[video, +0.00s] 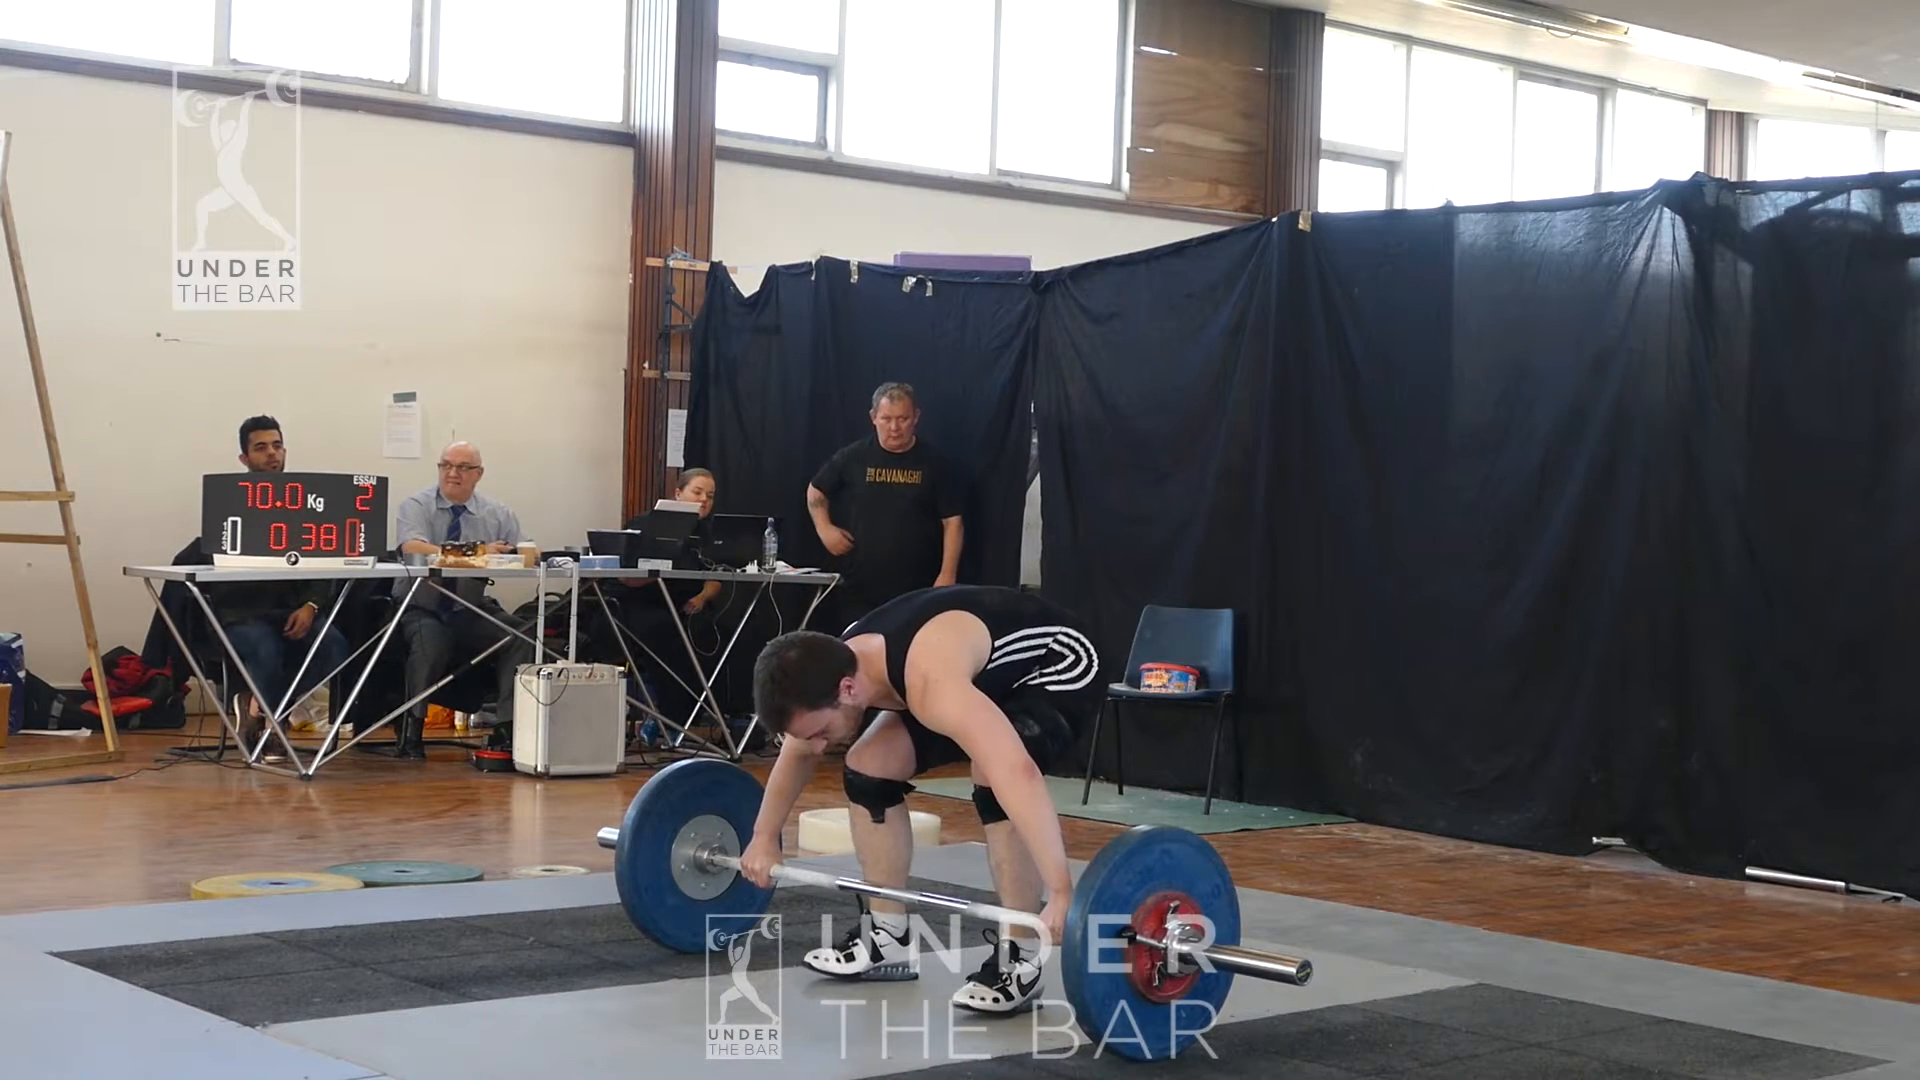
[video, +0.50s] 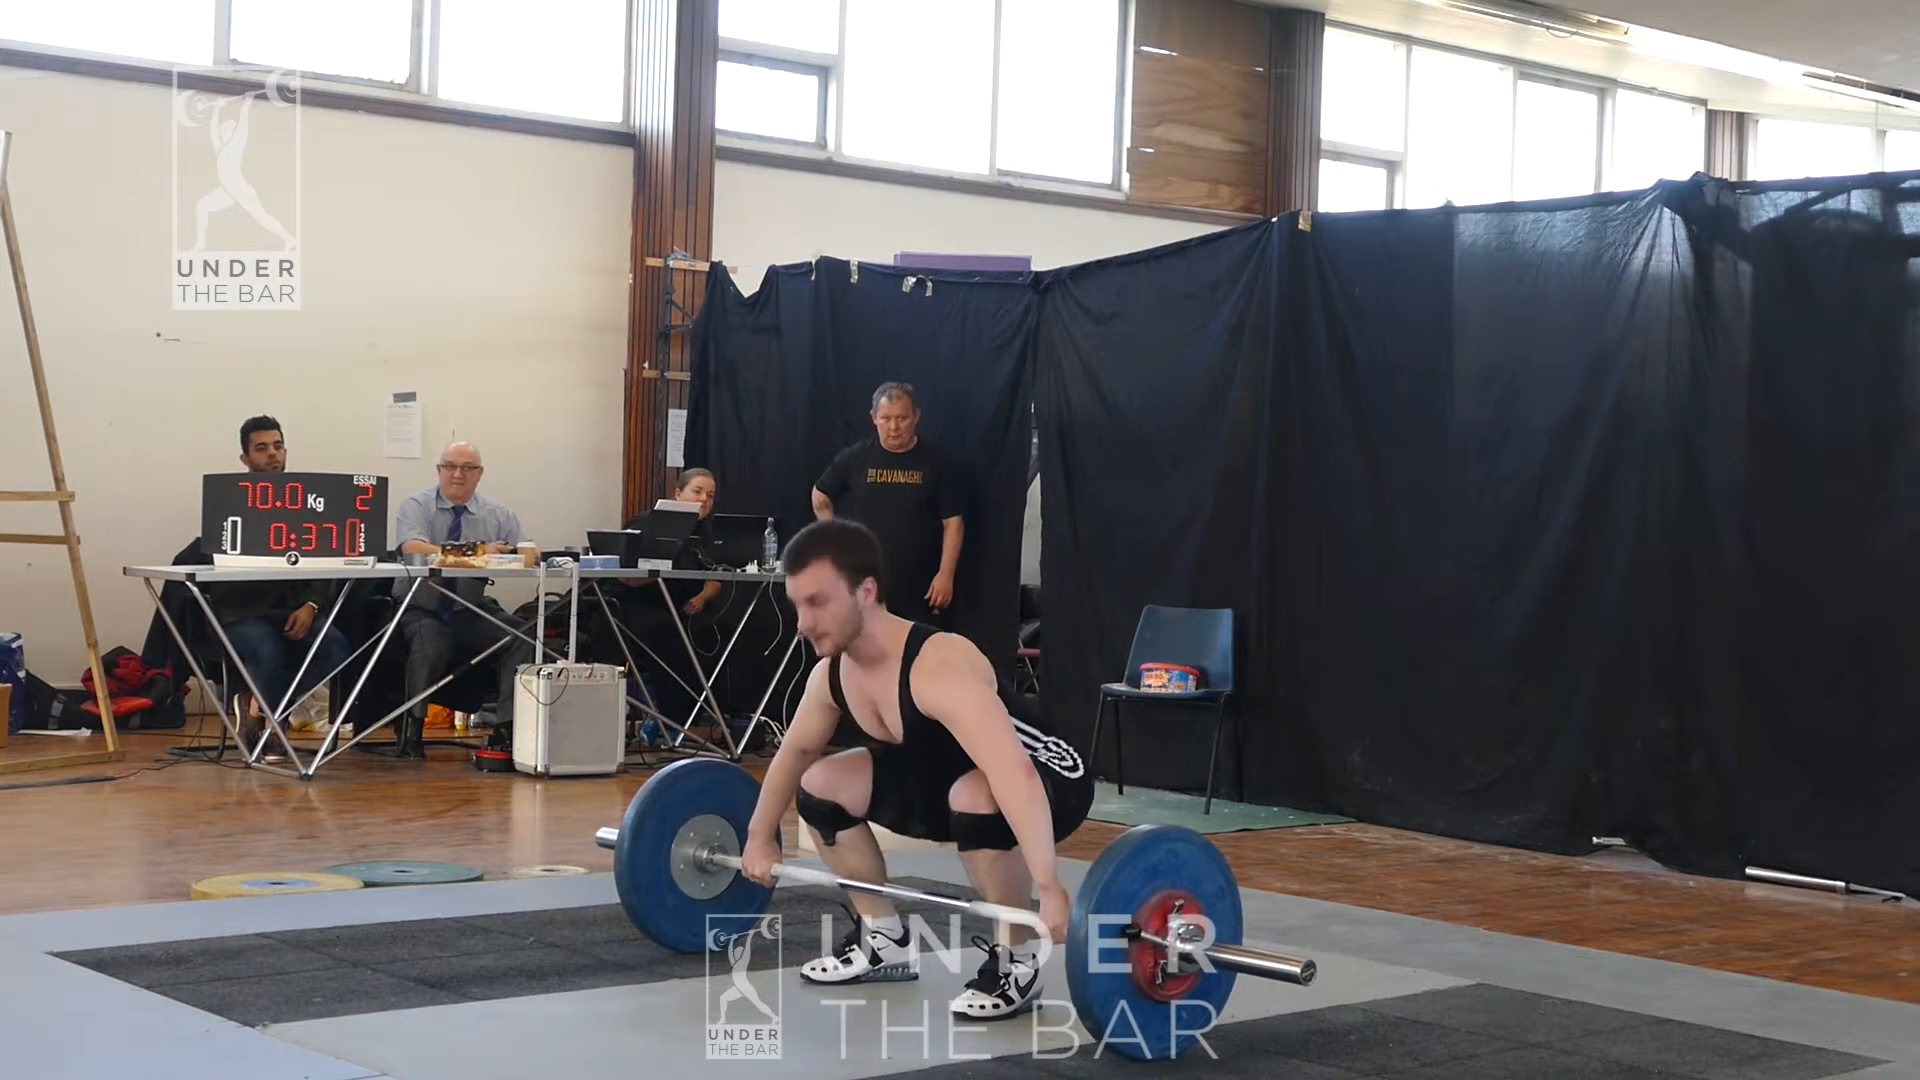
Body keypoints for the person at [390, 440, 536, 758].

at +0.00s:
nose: (453, 474)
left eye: (463, 468)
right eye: (447, 466)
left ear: (479, 474)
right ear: (438, 469)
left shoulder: (499, 514)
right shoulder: (416, 505)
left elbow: (530, 555)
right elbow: (411, 547)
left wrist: (503, 552)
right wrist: (464, 554)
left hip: (475, 608)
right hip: (423, 607)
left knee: (519, 638)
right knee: (430, 643)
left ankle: (507, 731)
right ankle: (412, 734)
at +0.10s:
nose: (453, 473)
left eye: (463, 468)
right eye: (447, 466)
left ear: (479, 474)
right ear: (438, 469)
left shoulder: (499, 514)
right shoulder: (416, 505)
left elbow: (530, 556)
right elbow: (411, 547)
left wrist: (503, 553)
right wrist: (466, 554)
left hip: (475, 609)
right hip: (423, 608)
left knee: (519, 637)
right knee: (430, 641)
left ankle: (507, 731)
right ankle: (412, 732)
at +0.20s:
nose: (453, 474)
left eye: (464, 468)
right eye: (447, 466)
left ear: (479, 475)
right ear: (438, 470)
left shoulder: (500, 515)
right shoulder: (417, 505)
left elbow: (530, 555)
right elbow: (411, 548)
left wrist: (500, 552)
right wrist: (467, 554)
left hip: (474, 609)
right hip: (423, 607)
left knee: (520, 637)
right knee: (431, 643)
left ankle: (508, 730)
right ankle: (412, 733)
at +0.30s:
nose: (454, 474)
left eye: (465, 468)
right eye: (447, 467)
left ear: (480, 475)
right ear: (438, 470)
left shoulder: (500, 515)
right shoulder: (417, 505)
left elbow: (530, 555)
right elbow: (411, 548)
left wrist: (500, 552)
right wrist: (466, 554)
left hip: (474, 609)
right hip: (423, 608)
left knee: (520, 637)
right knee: (431, 644)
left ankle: (508, 730)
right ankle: (412, 734)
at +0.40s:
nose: (456, 474)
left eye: (466, 468)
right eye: (448, 467)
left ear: (480, 475)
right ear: (438, 471)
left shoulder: (500, 515)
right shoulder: (417, 505)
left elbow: (530, 555)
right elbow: (411, 548)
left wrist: (500, 552)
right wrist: (466, 554)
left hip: (475, 609)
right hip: (424, 608)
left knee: (520, 637)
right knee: (431, 644)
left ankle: (508, 730)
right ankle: (412, 734)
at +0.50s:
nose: (457, 474)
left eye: (467, 468)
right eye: (449, 467)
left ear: (480, 474)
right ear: (438, 471)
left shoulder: (500, 515)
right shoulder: (416, 505)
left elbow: (531, 556)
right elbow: (411, 548)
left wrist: (502, 552)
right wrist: (467, 554)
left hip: (474, 609)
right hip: (423, 608)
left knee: (520, 637)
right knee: (431, 644)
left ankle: (508, 730)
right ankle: (412, 733)